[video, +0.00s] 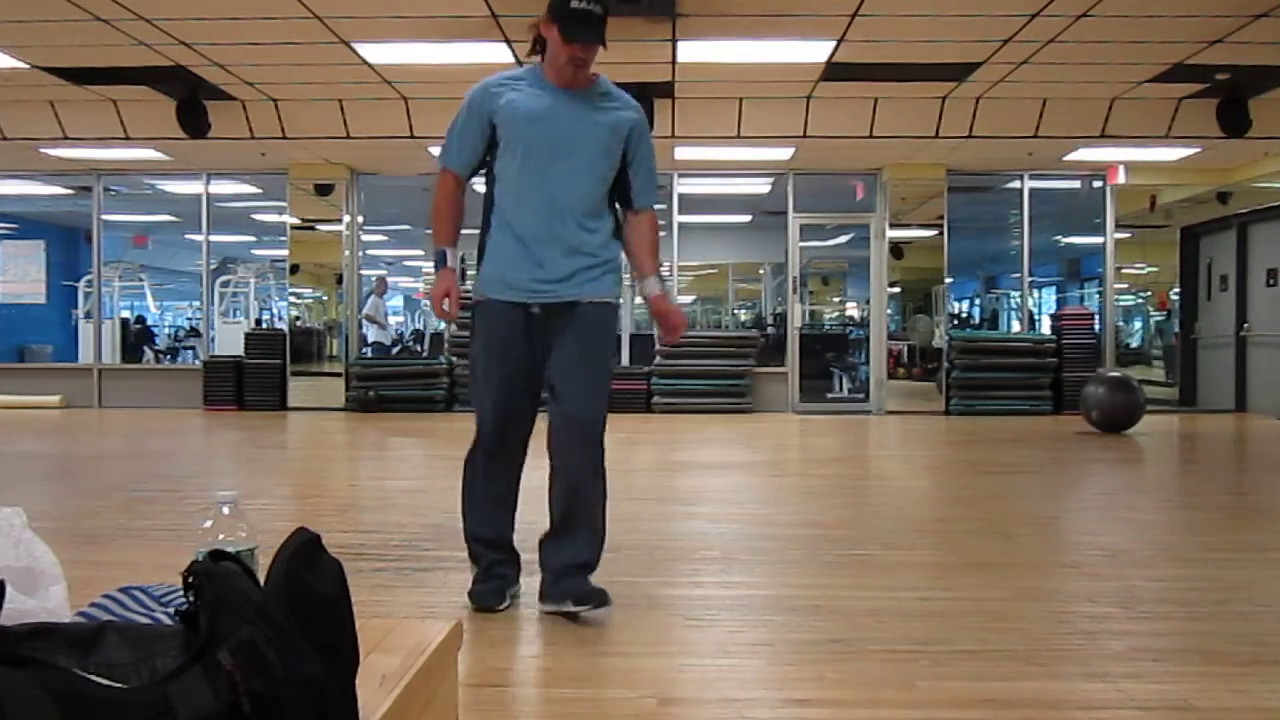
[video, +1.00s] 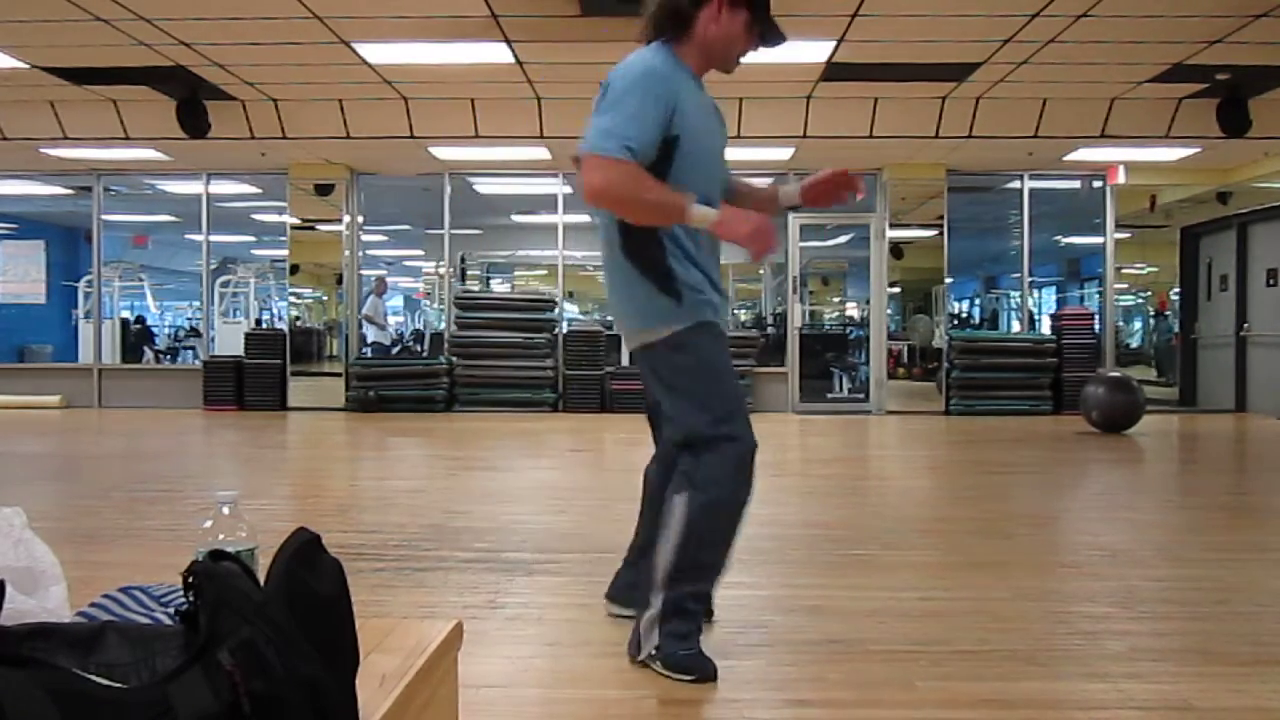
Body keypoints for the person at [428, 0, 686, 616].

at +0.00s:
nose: (583, 64)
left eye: (592, 54)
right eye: (573, 51)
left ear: (604, 44)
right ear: (545, 31)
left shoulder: (624, 114)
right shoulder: (494, 98)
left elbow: (639, 210)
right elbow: (451, 178)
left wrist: (654, 289)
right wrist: (445, 264)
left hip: (588, 298)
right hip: (504, 295)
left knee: (580, 438)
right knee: (497, 437)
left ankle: (568, 578)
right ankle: (492, 571)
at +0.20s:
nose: (618, 46)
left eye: (628, 36)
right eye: (609, 32)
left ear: (637, 35)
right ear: (576, 21)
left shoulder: (652, 111)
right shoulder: (522, 90)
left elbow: (685, 203)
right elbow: (465, 169)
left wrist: (732, 204)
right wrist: (473, 217)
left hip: (619, 295)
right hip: (541, 286)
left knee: (604, 447)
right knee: (538, 421)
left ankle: (572, 588)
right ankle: (506, 538)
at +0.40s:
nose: (652, 26)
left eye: (662, 17)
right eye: (644, 12)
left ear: (668, 18)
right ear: (611, 2)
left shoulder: (682, 83)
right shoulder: (551, 56)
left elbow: (729, 163)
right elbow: (487, 141)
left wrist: (772, 169)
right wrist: (524, 161)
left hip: (651, 275)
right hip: (571, 264)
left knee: (664, 415)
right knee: (599, 406)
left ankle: (606, 572)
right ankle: (592, 578)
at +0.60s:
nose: (689, 28)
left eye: (695, 18)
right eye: (679, 13)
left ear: (694, 22)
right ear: (638, 8)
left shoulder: (701, 105)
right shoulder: (575, 86)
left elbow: (702, 209)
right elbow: (517, 183)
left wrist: (746, 269)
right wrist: (564, 219)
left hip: (692, 310)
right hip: (609, 311)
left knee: (729, 439)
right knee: (638, 466)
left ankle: (649, 567)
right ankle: (665, 633)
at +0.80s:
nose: (746, 29)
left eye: (752, 20)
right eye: (744, 13)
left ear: (719, 13)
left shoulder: (713, 76)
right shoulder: (616, 46)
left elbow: (711, 150)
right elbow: (529, 123)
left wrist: (761, 180)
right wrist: (632, 166)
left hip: (690, 288)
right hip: (615, 287)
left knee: (723, 421)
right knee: (627, 450)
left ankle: (628, 545)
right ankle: (646, 620)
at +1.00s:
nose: (752, 45)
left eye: (756, 34)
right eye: (751, 28)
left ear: (714, 18)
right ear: (717, 13)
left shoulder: (694, 99)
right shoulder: (648, 74)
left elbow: (721, 191)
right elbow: (602, 178)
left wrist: (801, 192)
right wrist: (717, 220)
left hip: (684, 310)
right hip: (664, 312)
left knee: (685, 449)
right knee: (723, 449)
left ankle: (638, 584)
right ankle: (667, 629)